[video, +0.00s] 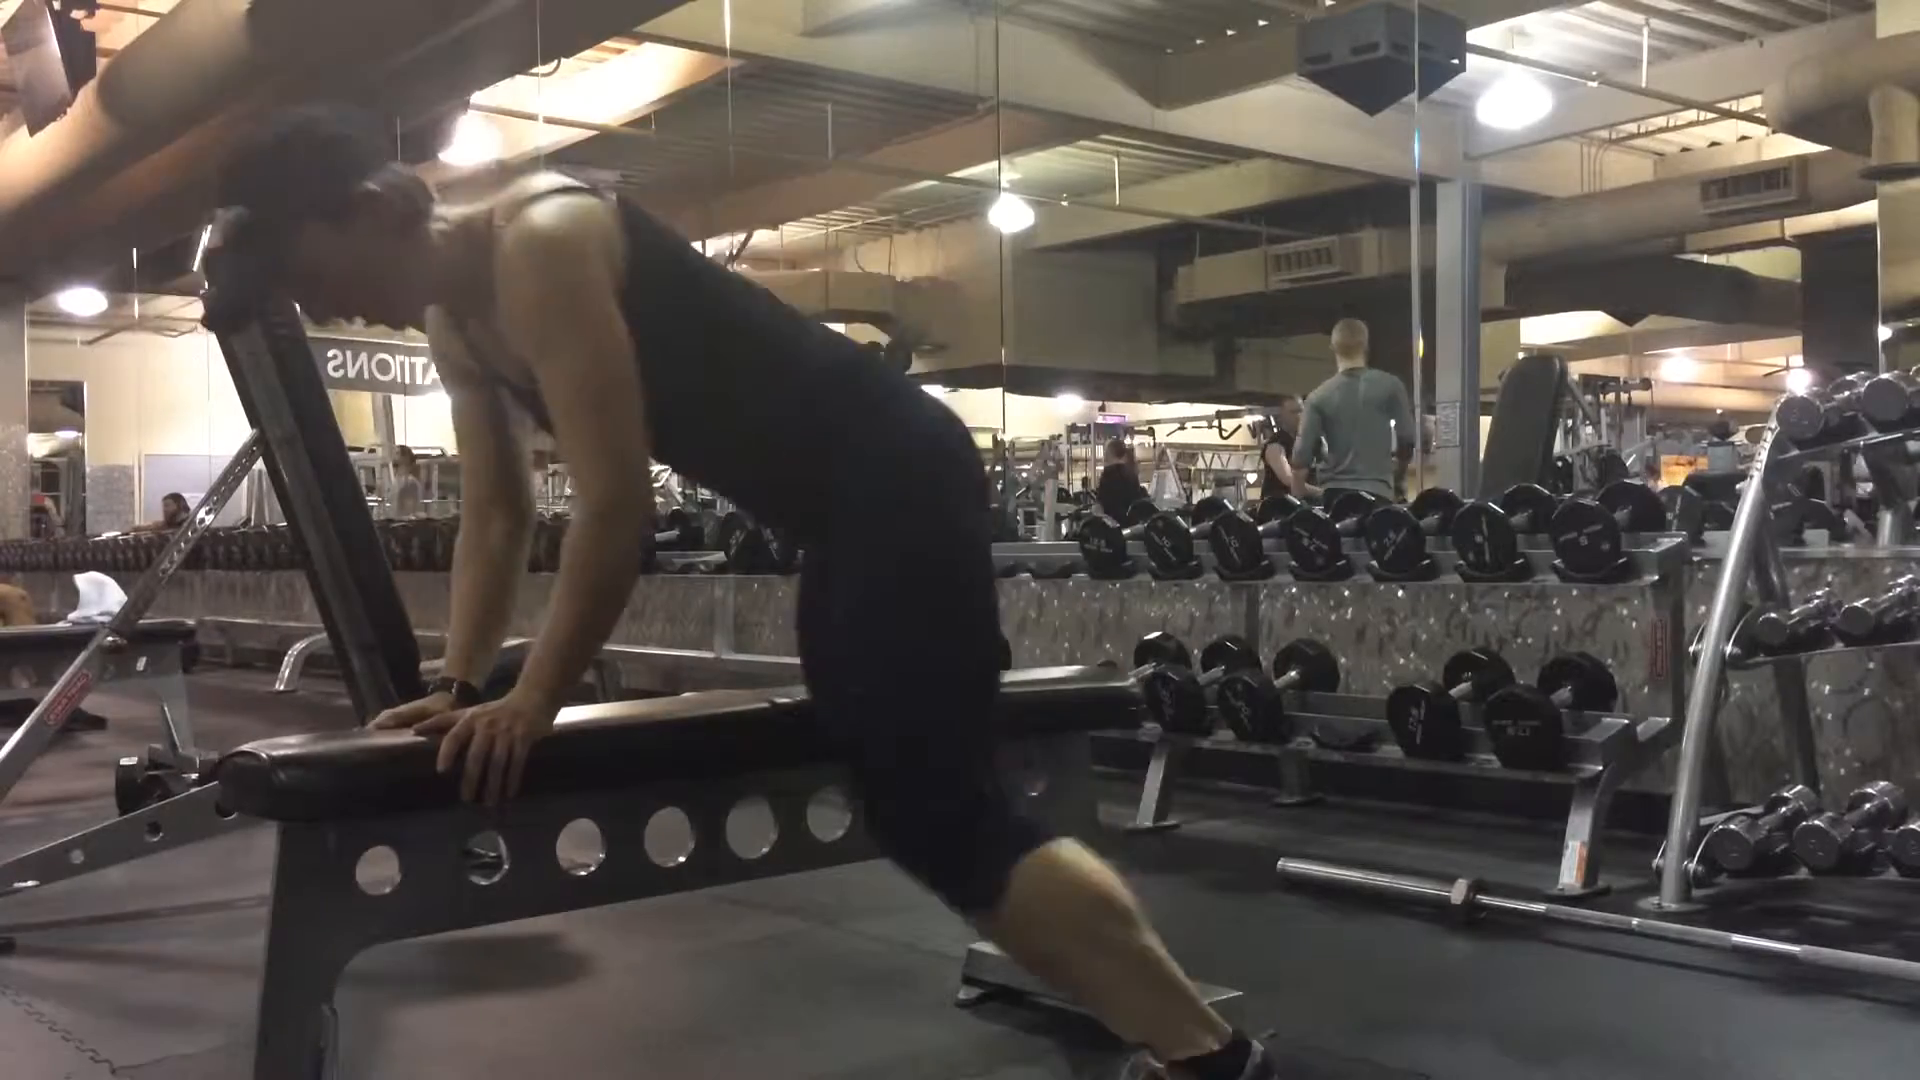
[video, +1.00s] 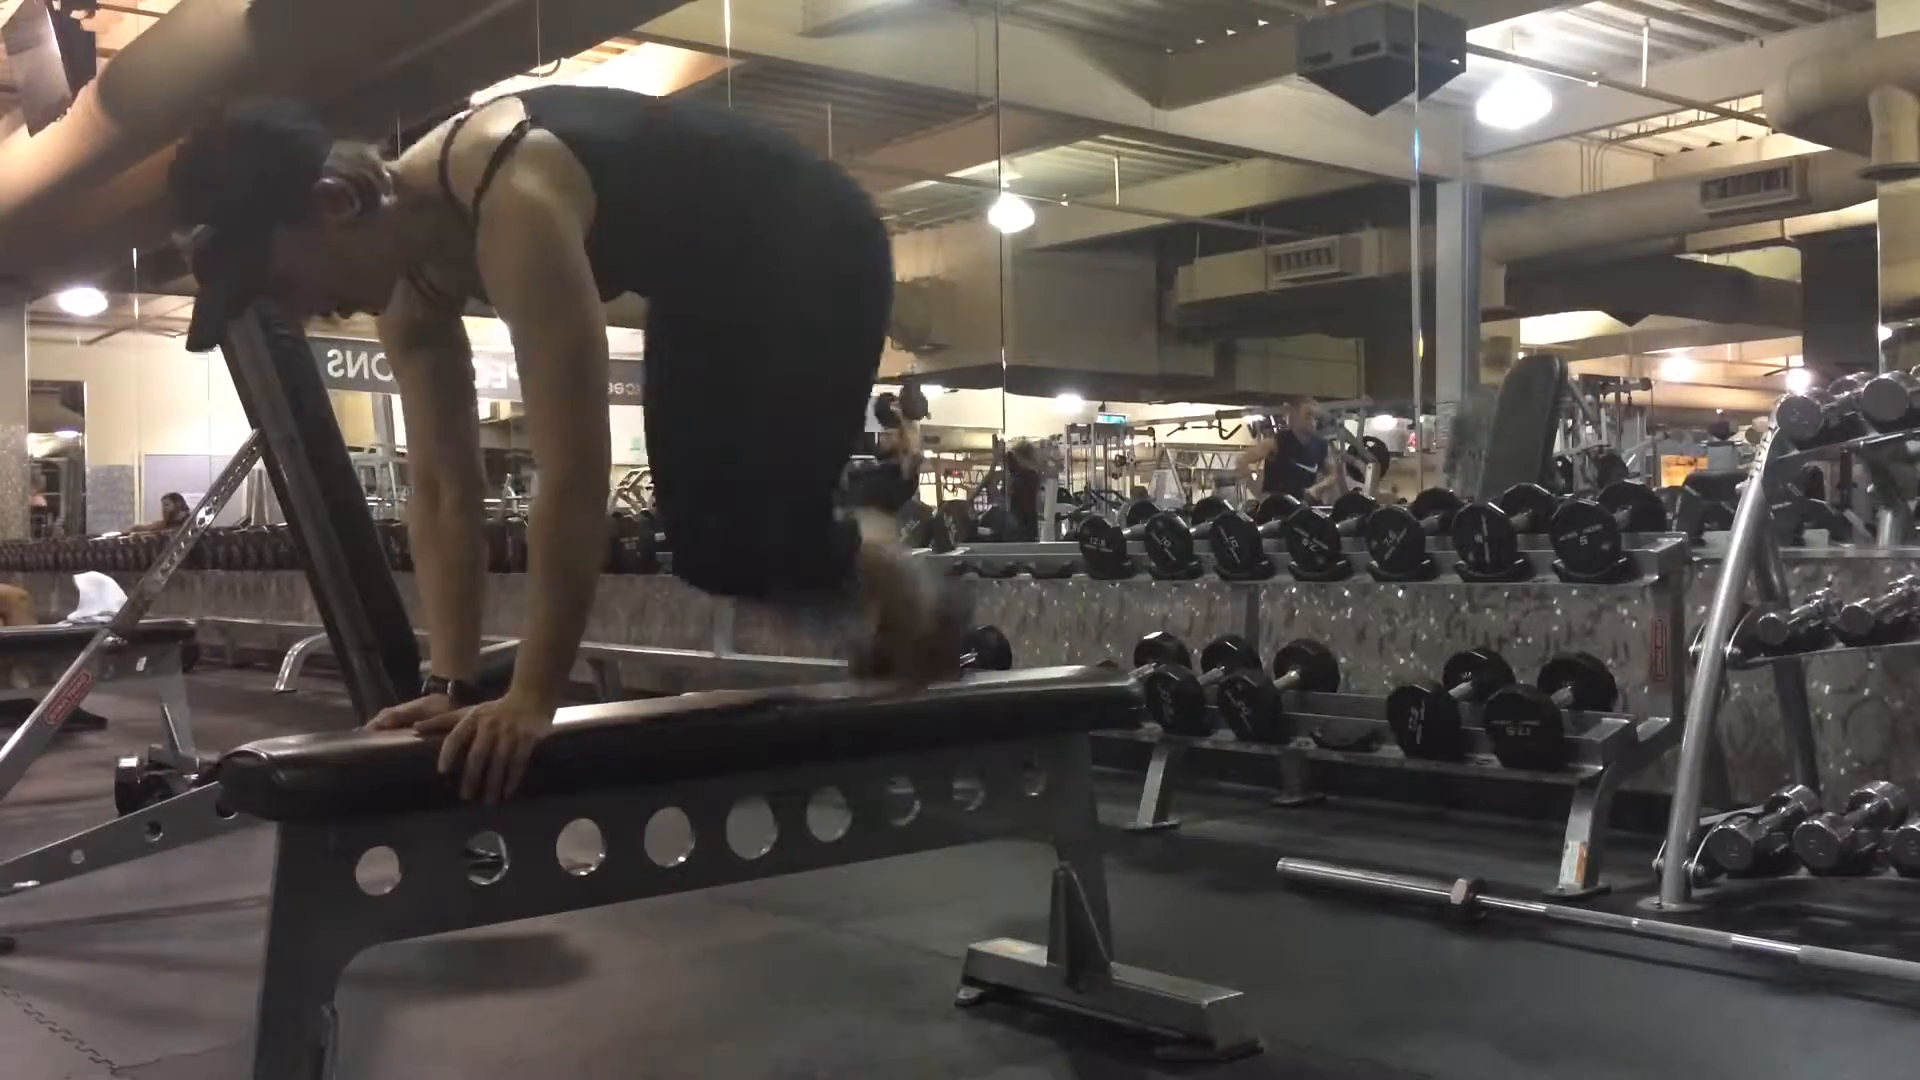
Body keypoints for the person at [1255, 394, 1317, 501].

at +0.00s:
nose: (1298, 417)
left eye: (1300, 411)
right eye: (1292, 412)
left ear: (1304, 413)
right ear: (1281, 415)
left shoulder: (1300, 442)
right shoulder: (1274, 445)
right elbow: (1288, 479)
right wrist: (1320, 492)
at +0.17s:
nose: (1294, 415)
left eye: (1297, 411)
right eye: (1289, 411)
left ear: (1300, 412)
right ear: (1277, 414)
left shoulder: (1308, 438)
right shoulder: (1272, 443)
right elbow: (1282, 476)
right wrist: (1312, 489)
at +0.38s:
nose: (1295, 414)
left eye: (1297, 409)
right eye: (1289, 409)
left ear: (1300, 411)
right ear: (1277, 413)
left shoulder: (1311, 438)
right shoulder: (1273, 439)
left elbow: (1331, 459)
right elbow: (1270, 474)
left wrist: (1345, 478)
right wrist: (1301, 489)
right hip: (1274, 503)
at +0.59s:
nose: (1297, 413)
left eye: (1299, 408)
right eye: (1291, 409)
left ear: (1303, 411)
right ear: (1278, 412)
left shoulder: (1313, 438)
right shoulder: (1271, 440)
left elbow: (1330, 464)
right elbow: (1254, 472)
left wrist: (1331, 483)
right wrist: (1283, 488)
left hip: (1310, 503)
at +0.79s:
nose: (1304, 414)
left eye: (1307, 410)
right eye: (1298, 409)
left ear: (1310, 412)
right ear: (1285, 411)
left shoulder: (1316, 440)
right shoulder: (1273, 438)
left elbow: (1328, 470)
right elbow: (1243, 461)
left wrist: (1317, 482)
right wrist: (1266, 485)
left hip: (1307, 505)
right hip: (1277, 506)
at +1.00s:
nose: (1312, 422)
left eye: (1315, 418)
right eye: (1308, 416)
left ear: (1318, 420)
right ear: (1293, 416)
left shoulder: (1321, 446)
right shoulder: (1278, 441)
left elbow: (1332, 476)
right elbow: (1241, 461)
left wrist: (1315, 489)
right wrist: (1256, 492)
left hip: (1302, 508)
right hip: (1273, 507)